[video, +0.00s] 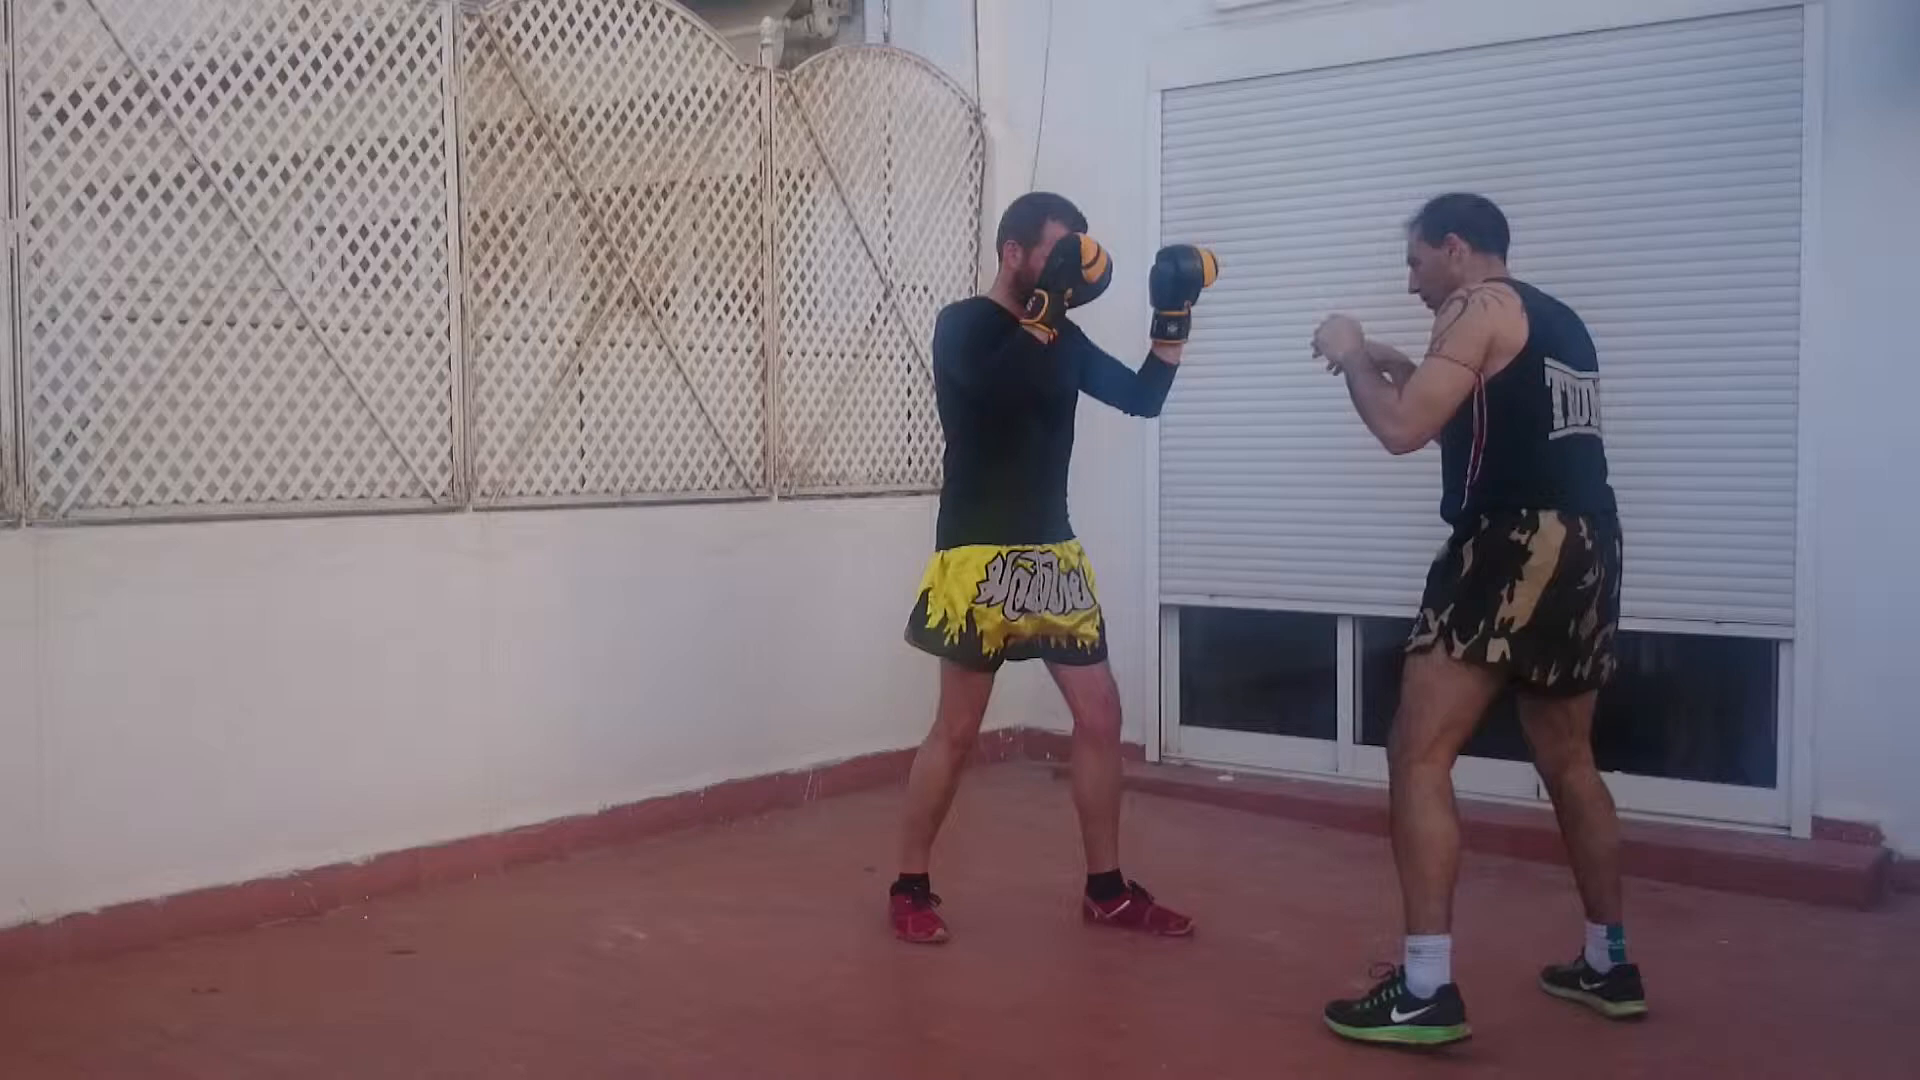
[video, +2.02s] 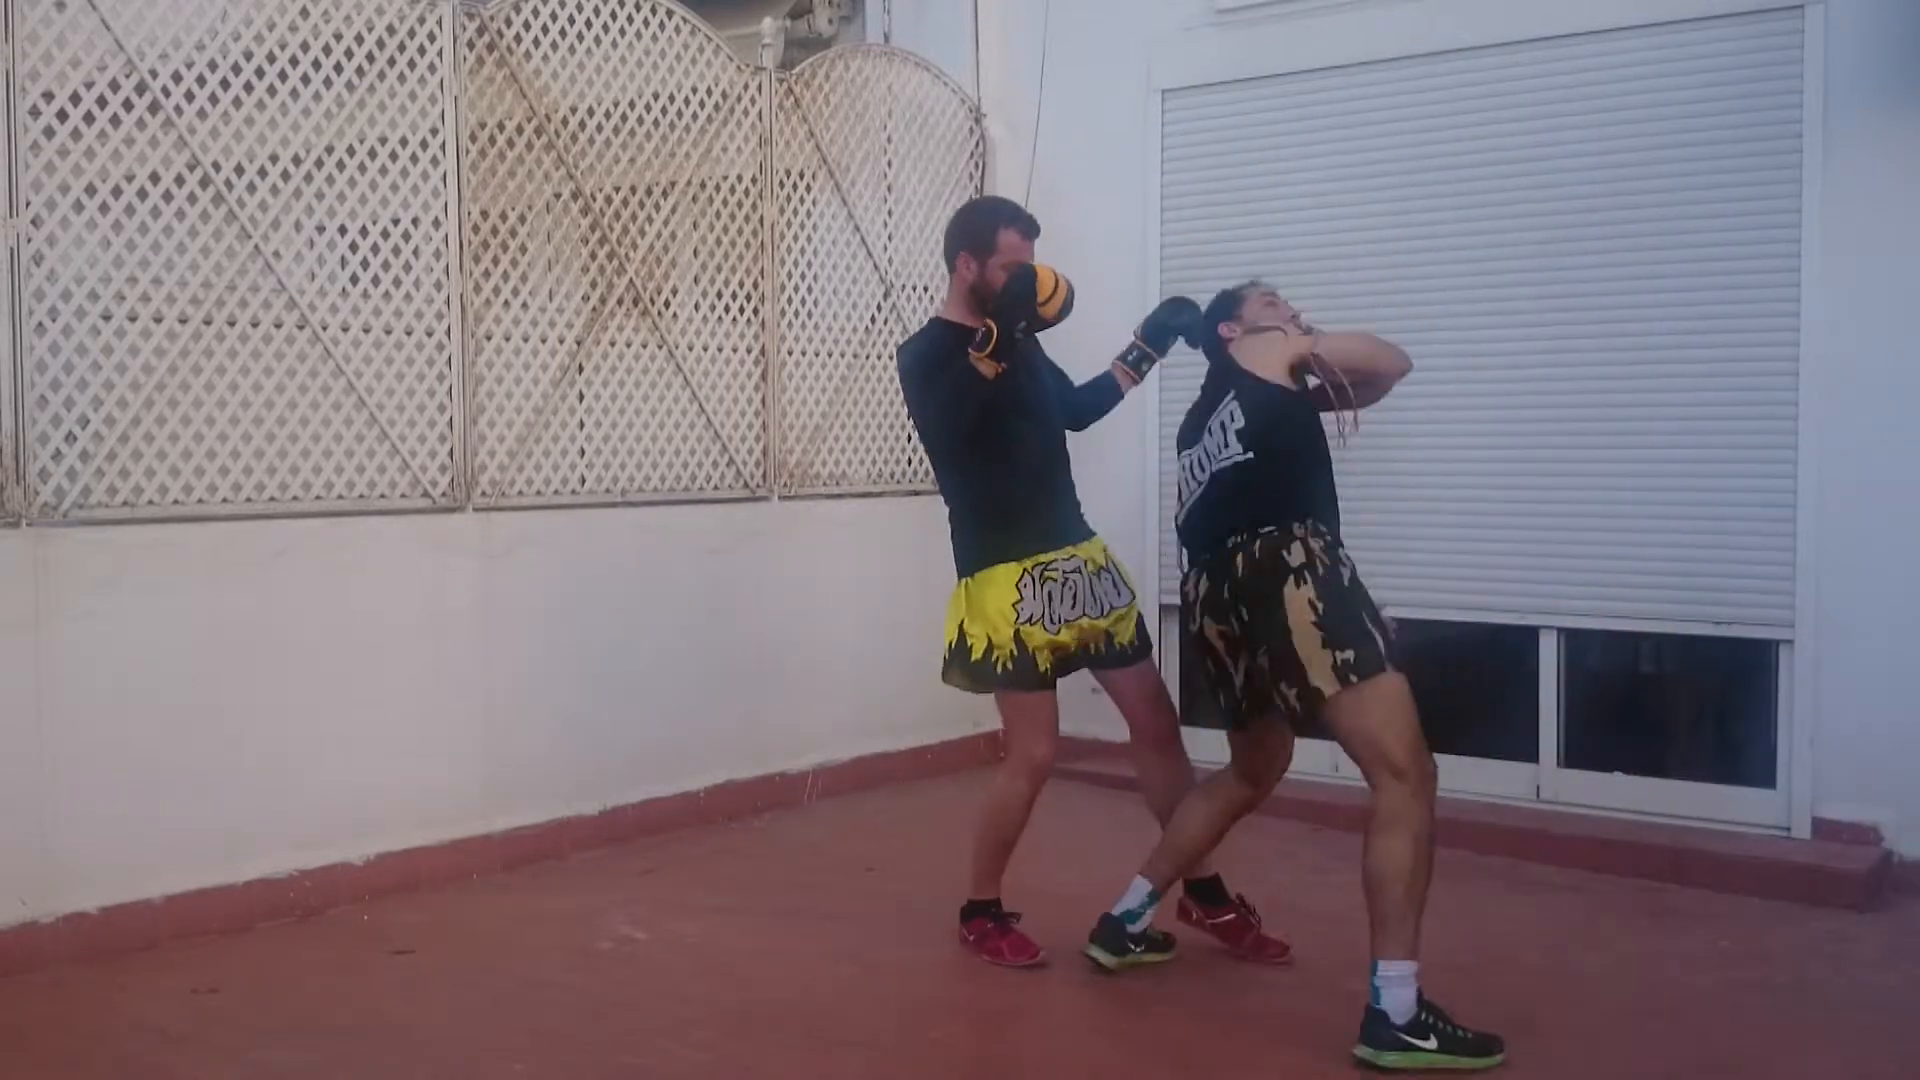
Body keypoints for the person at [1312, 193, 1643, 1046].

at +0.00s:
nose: (1414, 280)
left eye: (1417, 262)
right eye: (1411, 266)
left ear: (1458, 248)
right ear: (1487, 248)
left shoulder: (1483, 311)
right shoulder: (1564, 321)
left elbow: (1401, 426)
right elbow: (1477, 411)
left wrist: (1355, 351)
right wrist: (1390, 369)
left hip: (1509, 549)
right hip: (1585, 554)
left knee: (1420, 754)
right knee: (1569, 761)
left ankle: (1424, 987)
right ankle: (1609, 962)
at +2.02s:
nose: (1294, 310)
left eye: (1289, 301)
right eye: (1276, 300)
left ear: (1223, 345)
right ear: (1232, 326)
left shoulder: (1198, 427)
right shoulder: (1263, 350)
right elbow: (1390, 361)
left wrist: (1316, 385)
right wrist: (1318, 361)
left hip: (1220, 593)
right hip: (1294, 572)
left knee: (1252, 769)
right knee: (1405, 774)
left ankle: (1123, 922)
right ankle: (1396, 1013)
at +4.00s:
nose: (1409, 244)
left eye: (1412, 227)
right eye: (1409, 229)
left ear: (1446, 220)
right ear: (1500, 225)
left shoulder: (1456, 294)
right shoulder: (1570, 301)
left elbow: (1376, 421)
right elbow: (1518, 395)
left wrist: (1332, 338)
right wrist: (1434, 333)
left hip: (1487, 560)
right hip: (1590, 565)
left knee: (1389, 772)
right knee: (1595, 794)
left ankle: (1408, 1016)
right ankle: (1632, 1019)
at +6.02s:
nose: (1292, 302)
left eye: (1292, 290)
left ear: (1298, 289)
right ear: (1369, 295)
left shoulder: (1248, 348)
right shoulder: (1410, 356)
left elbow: (1204, 473)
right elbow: (1427, 491)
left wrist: (1278, 453)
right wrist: (1378, 431)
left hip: (1248, 551)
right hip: (1358, 559)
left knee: (1172, 738)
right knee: (1392, 748)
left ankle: (1092, 921)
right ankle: (1406, 954)